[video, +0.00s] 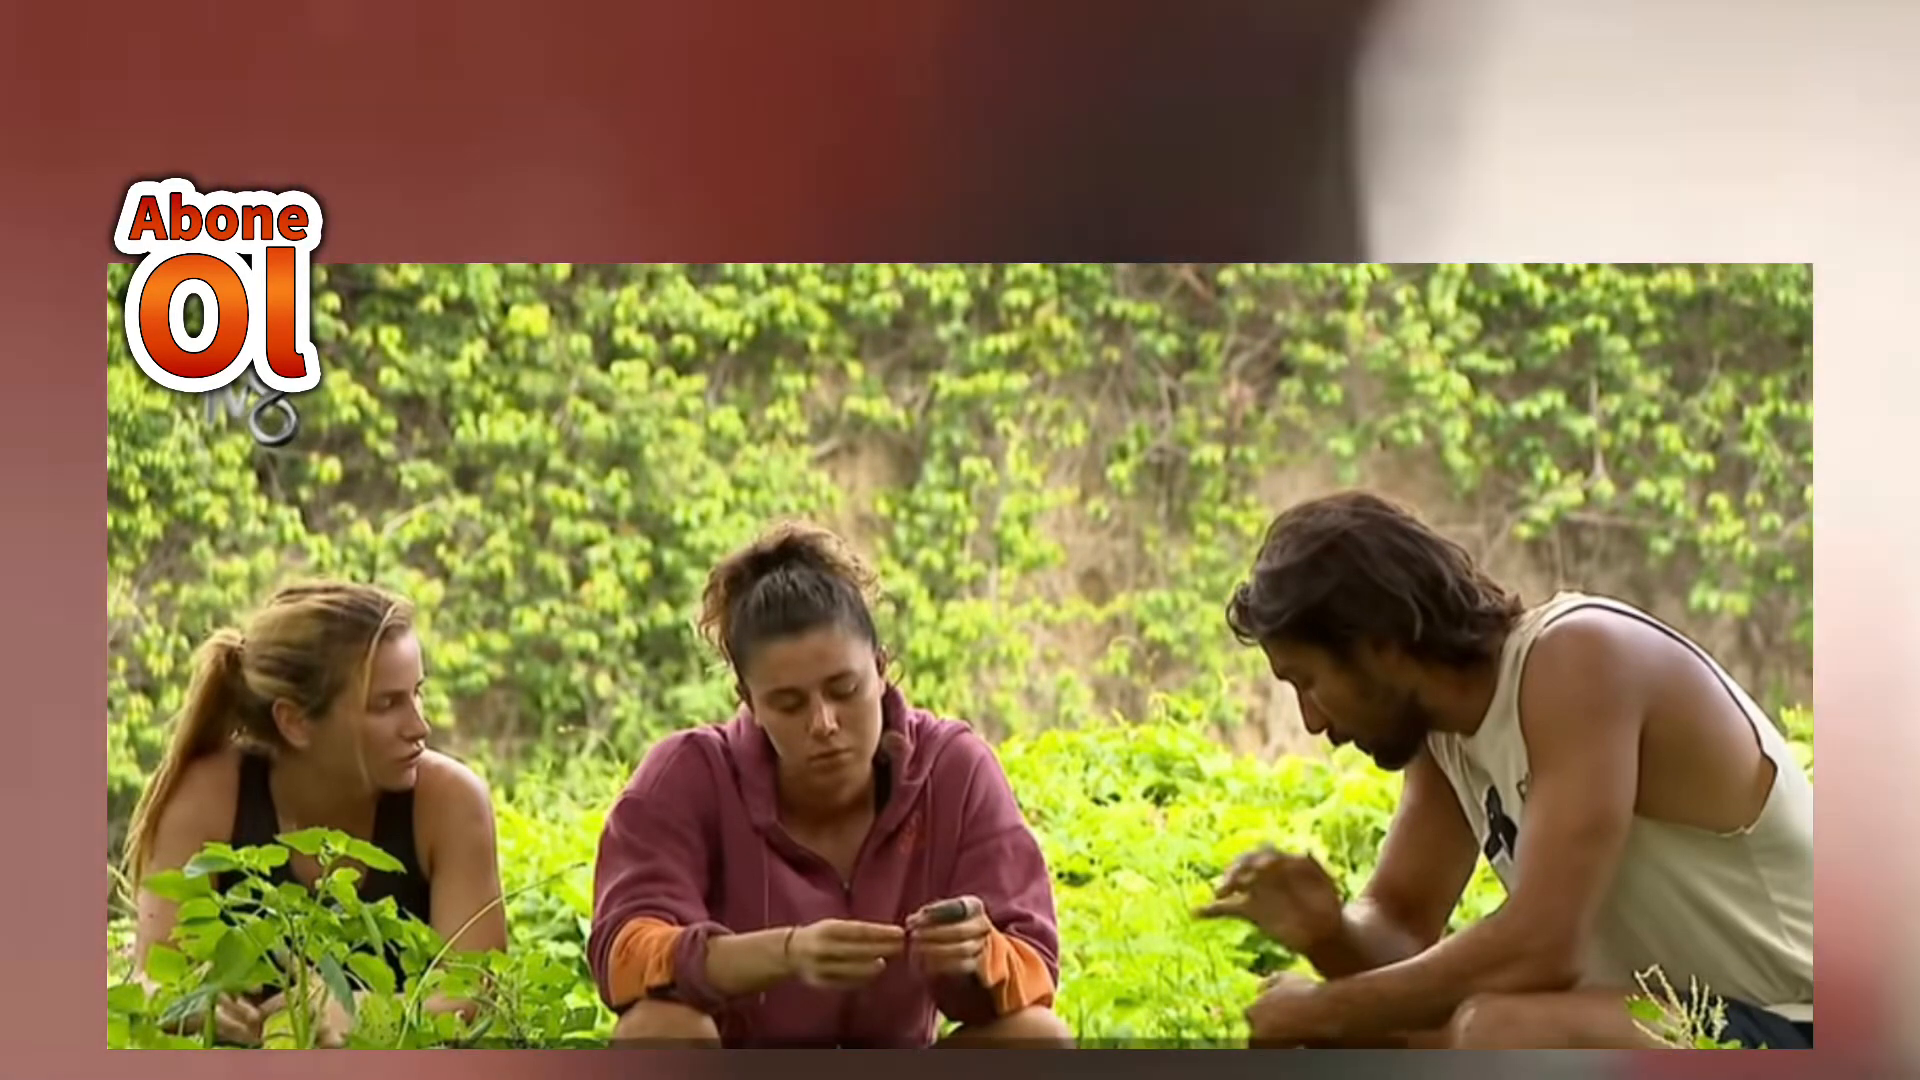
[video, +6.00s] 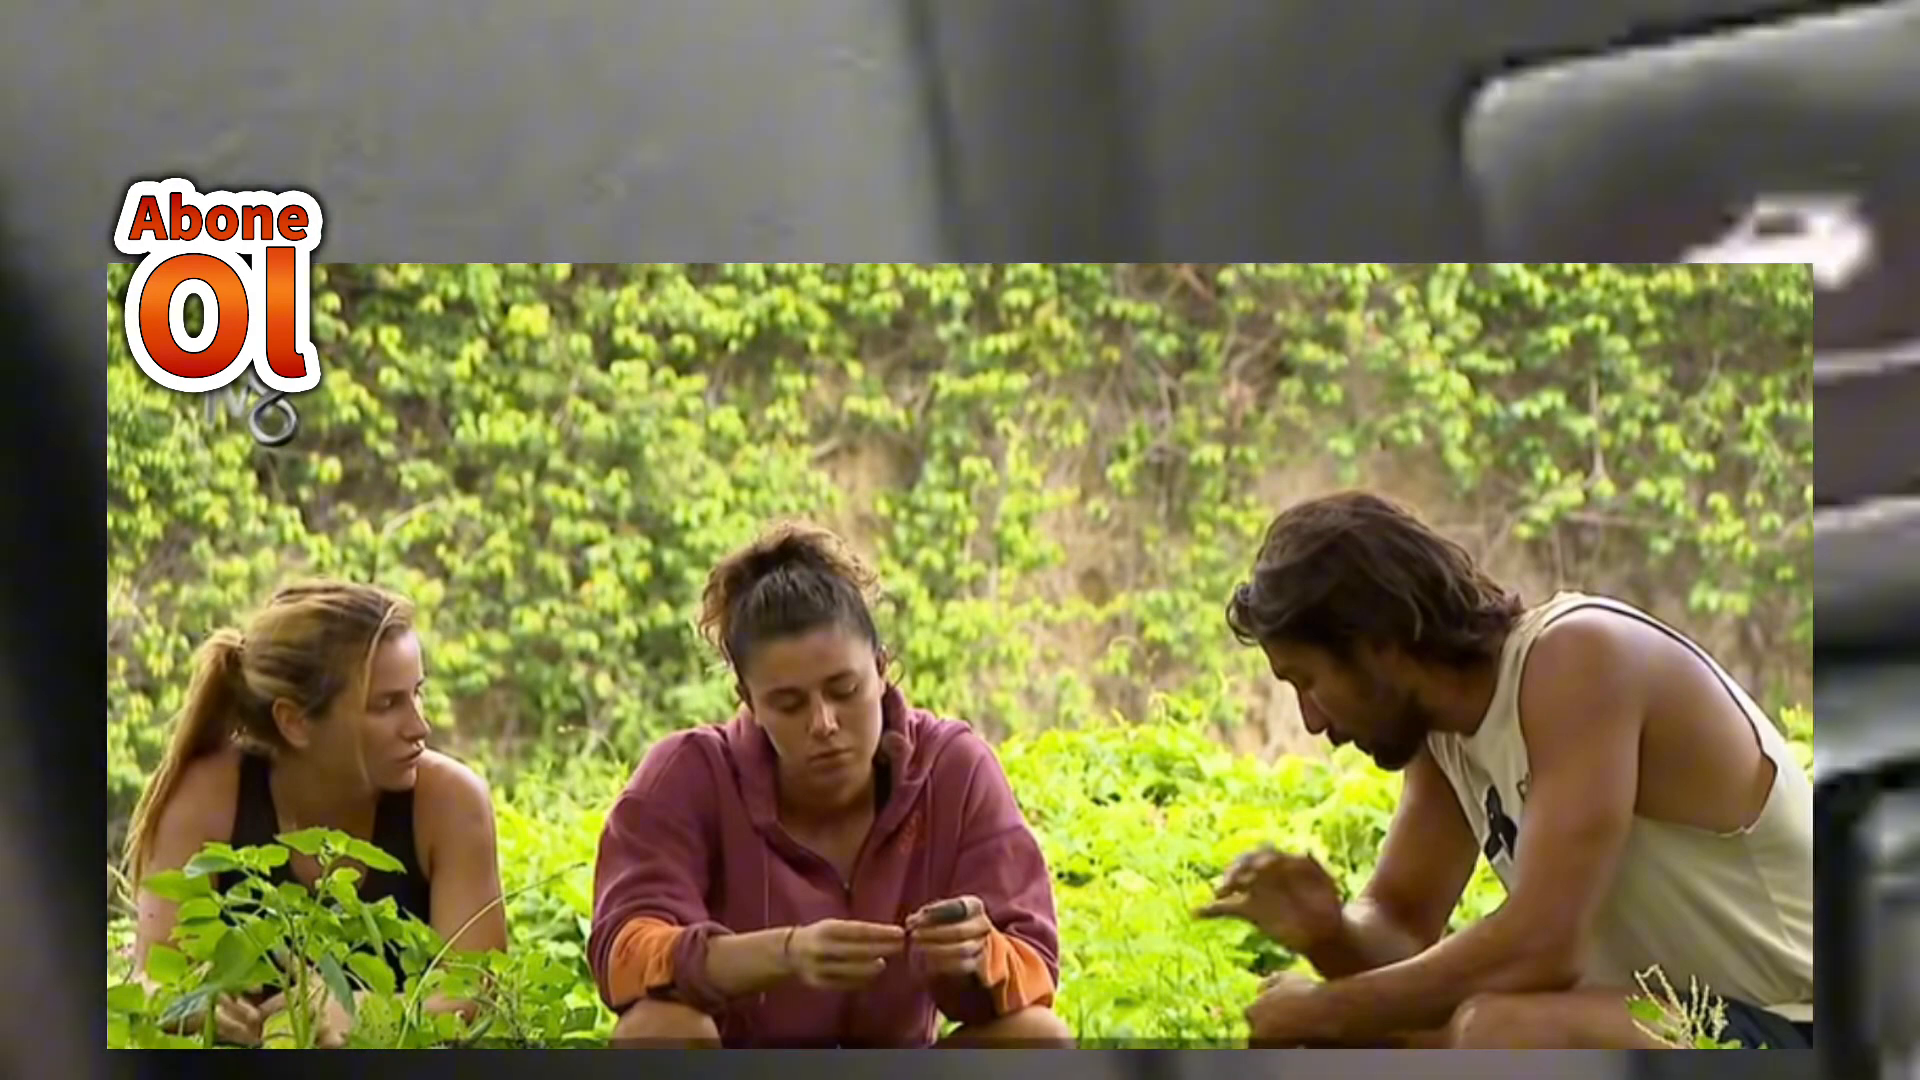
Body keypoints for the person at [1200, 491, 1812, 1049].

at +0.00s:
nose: (1311, 723)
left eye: (1306, 686)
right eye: (1296, 693)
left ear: (1384, 642)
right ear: (1384, 643)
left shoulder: (1585, 656)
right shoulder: (1451, 731)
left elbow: (1538, 950)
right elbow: (1402, 926)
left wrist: (1328, 1012)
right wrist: (1330, 932)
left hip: (1790, 1016)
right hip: (1654, 1000)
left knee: (1497, 1026)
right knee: (1382, 1027)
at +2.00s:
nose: (1311, 724)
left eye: (1306, 687)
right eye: (1296, 693)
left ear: (1382, 643)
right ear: (1382, 643)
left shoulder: (1585, 656)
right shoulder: (1450, 730)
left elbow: (1539, 951)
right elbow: (1403, 926)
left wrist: (1326, 1014)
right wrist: (1330, 932)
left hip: (1788, 1014)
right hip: (1658, 1001)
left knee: (1500, 1026)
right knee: (1387, 1026)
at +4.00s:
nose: (1311, 723)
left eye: (1306, 686)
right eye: (1295, 693)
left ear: (1383, 642)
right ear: (1383, 643)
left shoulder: (1584, 656)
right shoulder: (1450, 730)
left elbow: (1539, 950)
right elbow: (1403, 924)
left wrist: (1325, 1015)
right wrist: (1330, 933)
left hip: (1789, 1019)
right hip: (1658, 1003)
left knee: (1501, 1025)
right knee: (1379, 1026)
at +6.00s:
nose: (1312, 724)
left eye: (1306, 687)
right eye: (1296, 693)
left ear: (1383, 644)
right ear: (1383, 644)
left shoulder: (1584, 657)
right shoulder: (1450, 729)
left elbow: (1539, 950)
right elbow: (1403, 927)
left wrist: (1324, 1014)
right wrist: (1330, 932)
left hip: (1790, 1019)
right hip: (1653, 1003)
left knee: (1502, 1027)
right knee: (1377, 1029)